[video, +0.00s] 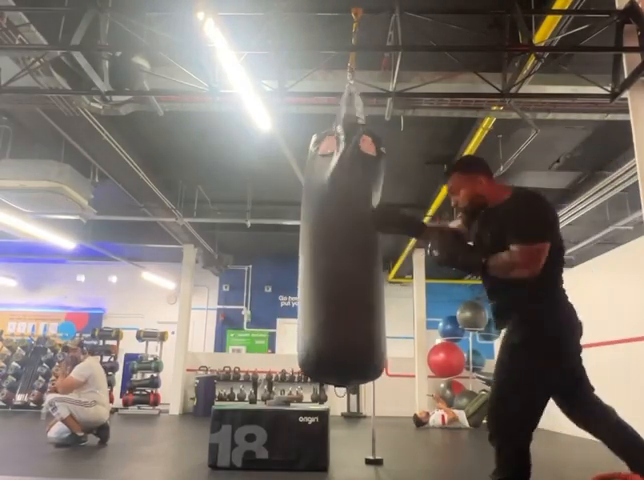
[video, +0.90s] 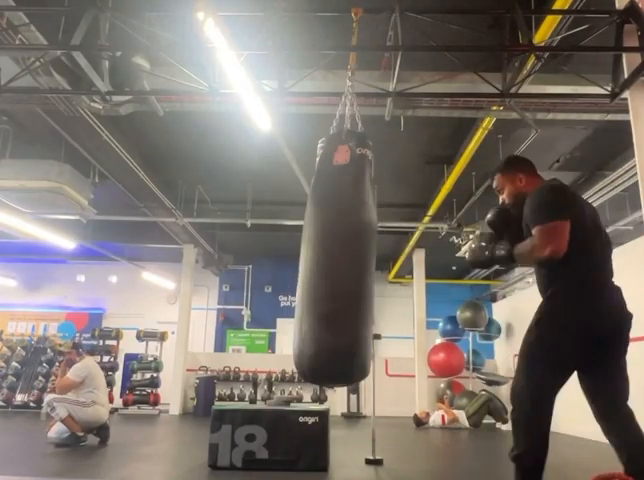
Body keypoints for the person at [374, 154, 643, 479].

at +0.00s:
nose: (457, 201)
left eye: (457, 192)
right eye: (453, 195)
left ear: (480, 180)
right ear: (481, 182)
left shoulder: (527, 204)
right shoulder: (483, 217)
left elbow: (528, 263)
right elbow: (449, 234)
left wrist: (470, 259)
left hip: (537, 328)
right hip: (547, 325)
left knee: (508, 430)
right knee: (584, 408)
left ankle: (510, 475)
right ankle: (642, 460)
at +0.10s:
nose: (442, 211)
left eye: (442, 200)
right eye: (438, 204)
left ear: (465, 188)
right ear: (466, 192)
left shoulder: (510, 207)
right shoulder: (489, 225)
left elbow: (517, 262)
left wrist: (464, 266)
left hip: (536, 331)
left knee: (505, 424)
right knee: (561, 418)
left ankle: (508, 473)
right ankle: (630, 471)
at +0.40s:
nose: (469, 210)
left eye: (470, 201)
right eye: (468, 203)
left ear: (490, 192)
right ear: (502, 192)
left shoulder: (500, 211)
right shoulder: (541, 215)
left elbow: (510, 262)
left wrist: (474, 308)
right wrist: (485, 255)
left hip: (542, 324)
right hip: (581, 322)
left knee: (507, 418)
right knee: (580, 415)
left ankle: (511, 473)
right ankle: (626, 473)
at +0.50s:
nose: (484, 200)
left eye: (484, 189)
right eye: (481, 192)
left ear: (504, 178)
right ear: (516, 179)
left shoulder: (513, 200)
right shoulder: (562, 204)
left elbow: (524, 252)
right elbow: (561, 263)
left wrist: (495, 313)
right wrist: (505, 249)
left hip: (557, 310)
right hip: (598, 304)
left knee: (535, 409)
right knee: (606, 402)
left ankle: (548, 473)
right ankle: (640, 466)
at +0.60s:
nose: (503, 203)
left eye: (505, 192)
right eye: (501, 196)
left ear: (526, 184)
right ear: (532, 185)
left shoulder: (538, 208)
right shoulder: (585, 216)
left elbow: (543, 263)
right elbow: (575, 277)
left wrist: (511, 313)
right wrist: (525, 256)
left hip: (565, 330)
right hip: (605, 325)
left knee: (558, 427)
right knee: (615, 420)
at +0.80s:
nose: (507, 202)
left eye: (508, 192)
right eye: (505, 195)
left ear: (530, 182)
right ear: (532, 183)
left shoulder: (550, 202)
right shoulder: (583, 209)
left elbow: (562, 249)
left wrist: (512, 273)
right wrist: (525, 246)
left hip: (577, 320)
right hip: (614, 320)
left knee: (529, 399)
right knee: (631, 415)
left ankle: (582, 474)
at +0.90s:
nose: (501, 201)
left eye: (501, 190)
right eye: (498, 193)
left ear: (521, 179)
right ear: (523, 179)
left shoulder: (545, 195)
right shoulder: (580, 204)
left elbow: (551, 245)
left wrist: (504, 254)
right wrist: (518, 233)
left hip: (568, 310)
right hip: (607, 308)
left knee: (529, 396)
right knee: (612, 408)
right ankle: (639, 470)